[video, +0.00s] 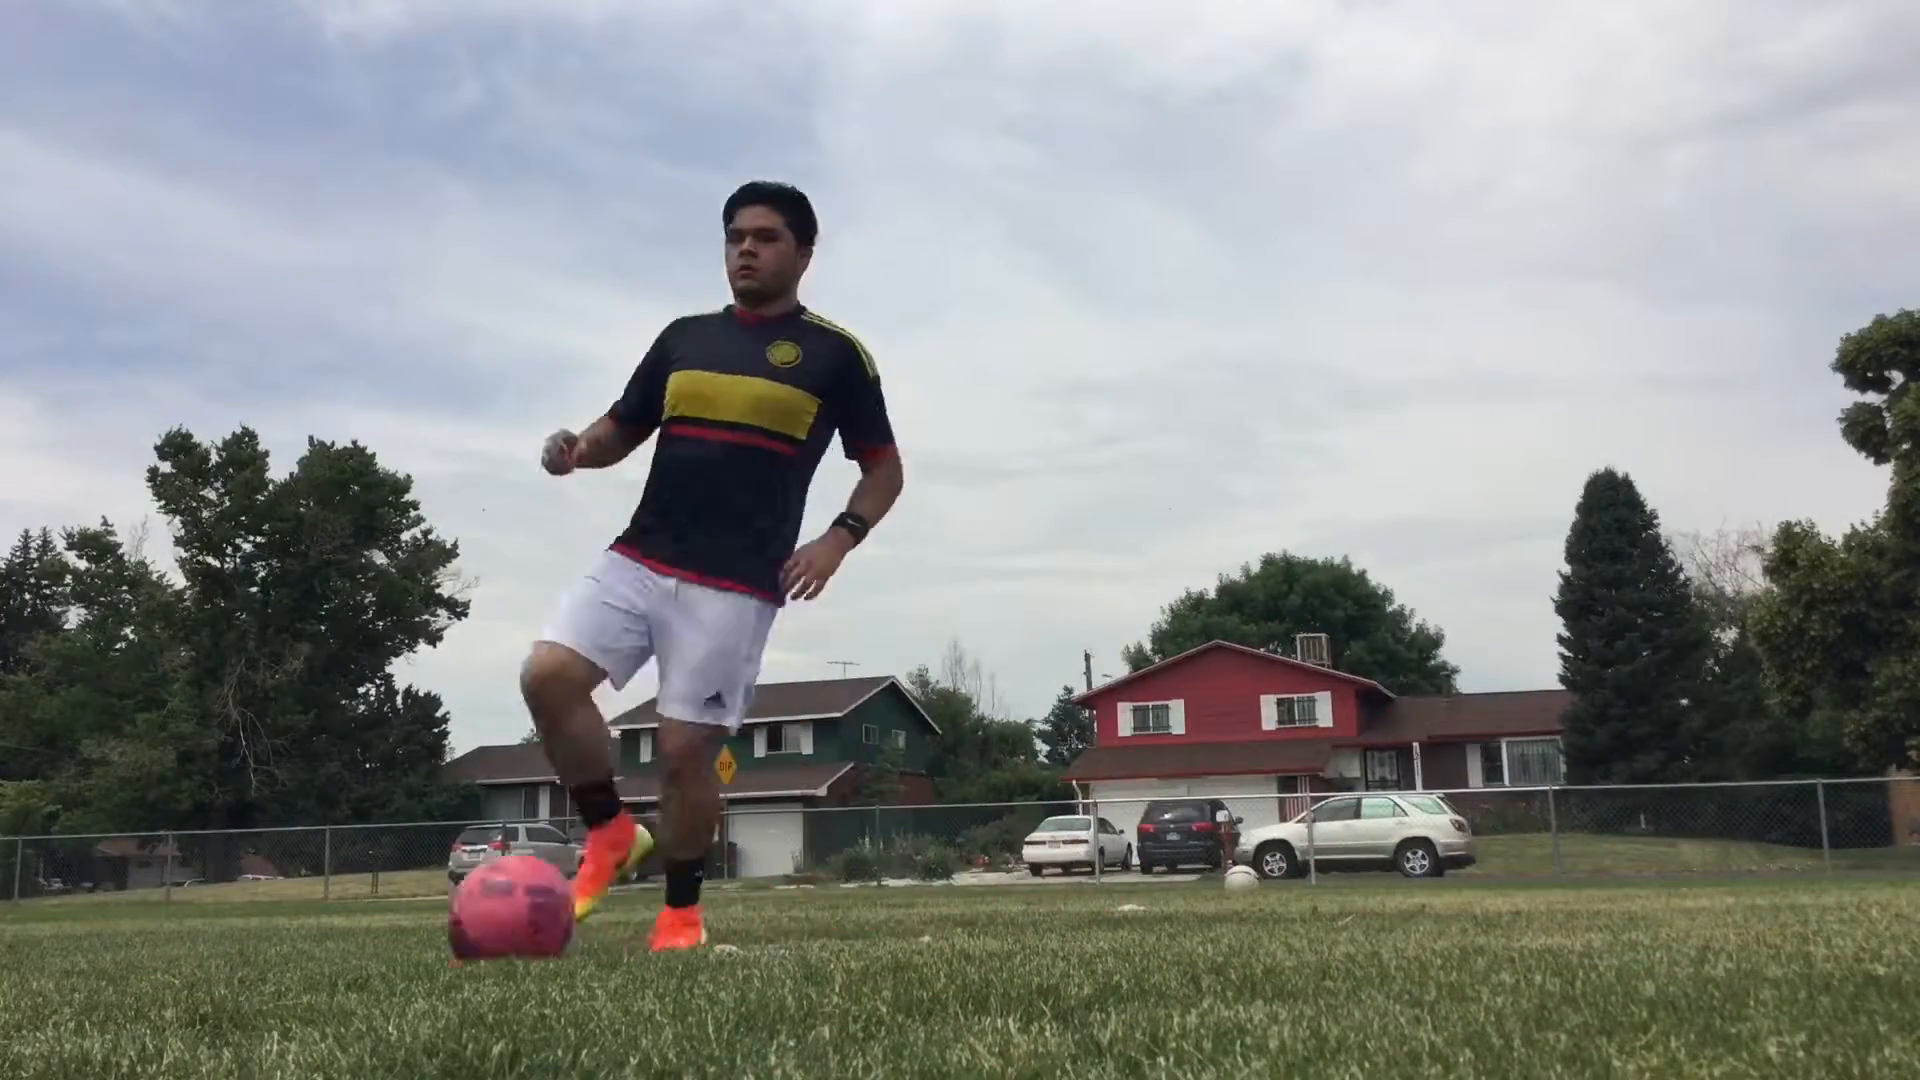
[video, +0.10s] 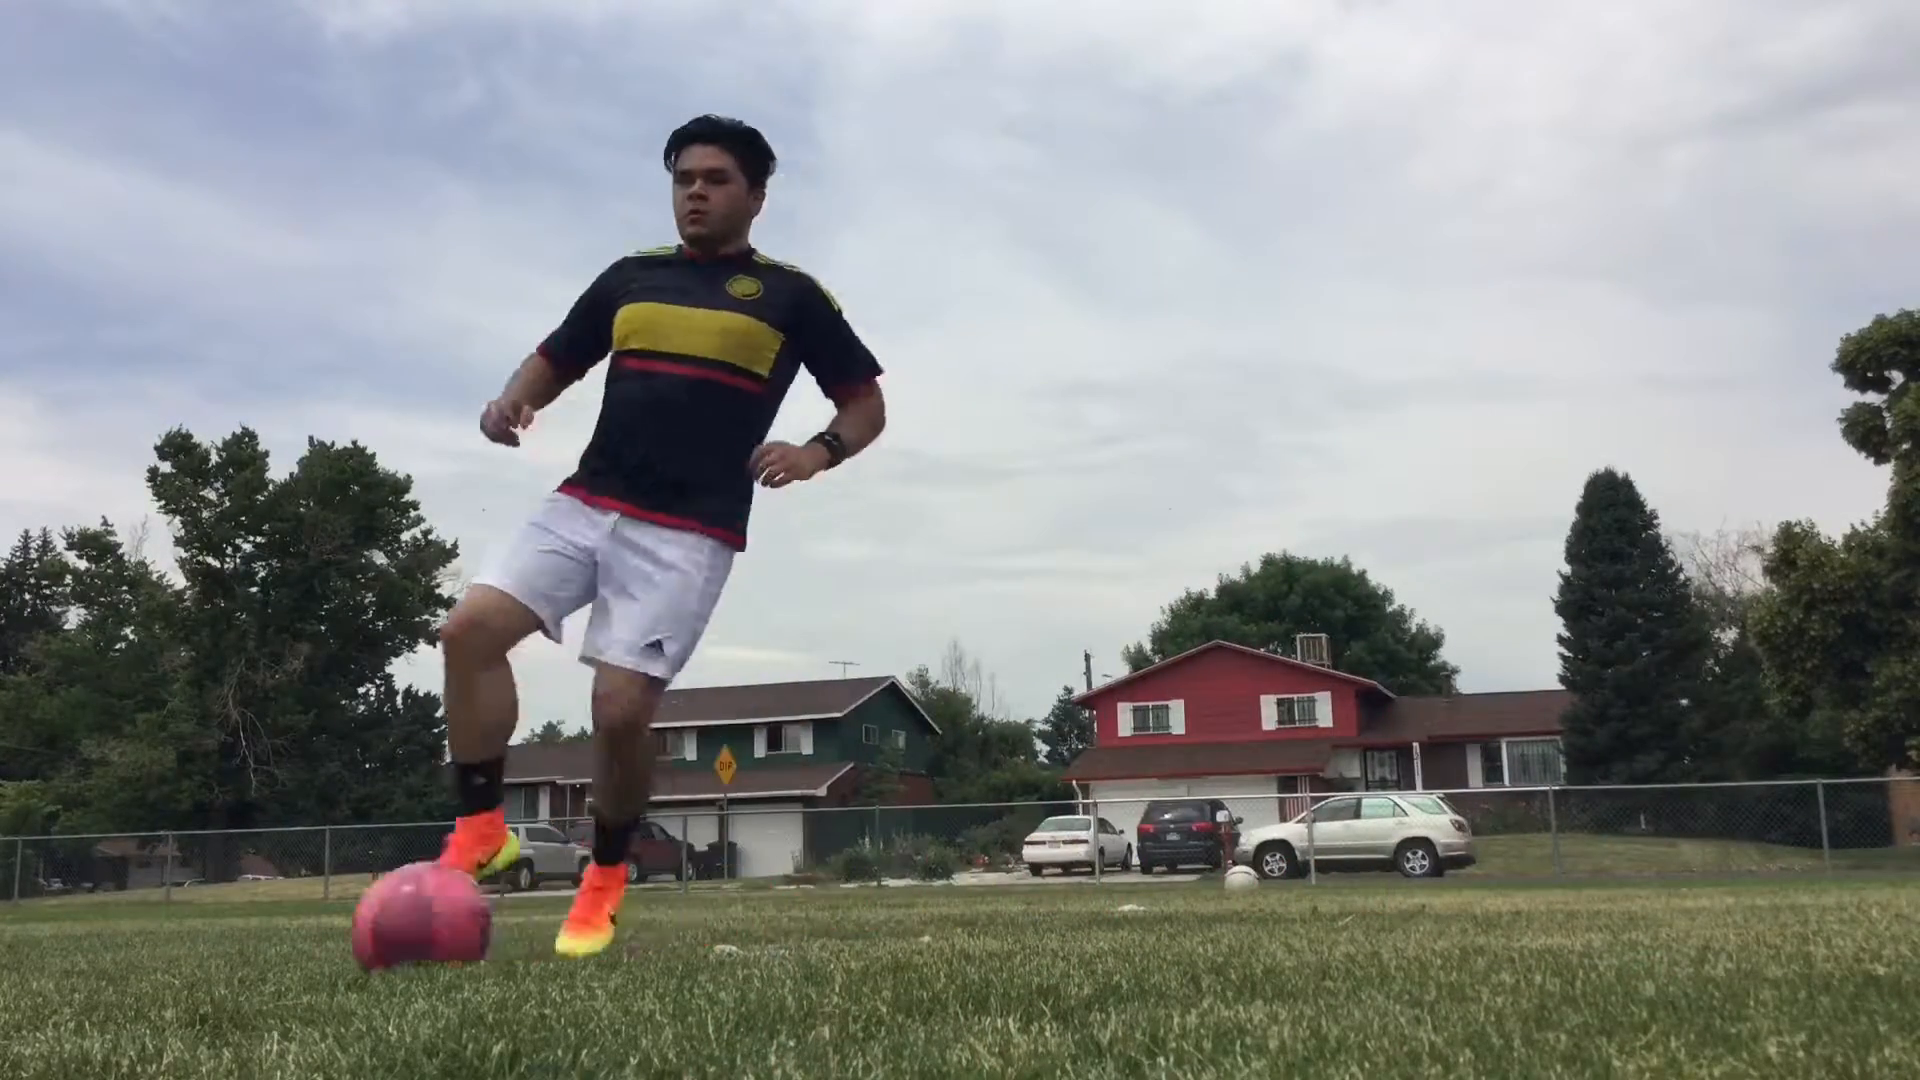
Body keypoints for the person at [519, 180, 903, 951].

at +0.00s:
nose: (746, 250)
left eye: (765, 238)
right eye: (737, 238)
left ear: (804, 253)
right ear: (724, 250)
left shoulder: (837, 356)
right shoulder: (682, 340)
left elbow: (885, 468)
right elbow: (622, 429)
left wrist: (837, 540)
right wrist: (578, 449)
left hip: (735, 581)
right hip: (641, 557)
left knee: (683, 751)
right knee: (548, 678)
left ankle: (680, 910)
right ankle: (610, 828)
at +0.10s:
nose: (696, 194)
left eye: (716, 180)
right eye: (684, 179)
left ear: (757, 194)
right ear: (670, 191)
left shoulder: (794, 298)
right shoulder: (628, 279)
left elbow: (867, 407)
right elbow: (555, 361)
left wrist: (819, 450)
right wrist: (512, 399)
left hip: (687, 531)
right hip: (588, 503)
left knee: (620, 710)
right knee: (470, 634)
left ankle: (604, 877)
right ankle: (480, 827)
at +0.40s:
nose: (520, 112)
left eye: (548, 96)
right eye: (505, 93)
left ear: (594, 120)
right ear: (485, 109)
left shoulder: (635, 251)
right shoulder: (434, 231)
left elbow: (691, 408)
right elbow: (385, 359)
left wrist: (636, 545)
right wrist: (305, 436)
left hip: (532, 553)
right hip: (398, 511)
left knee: (486, 803)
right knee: (296, 688)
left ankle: (461, 896)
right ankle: (204, 943)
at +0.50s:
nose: (490, 46)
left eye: (518, 30)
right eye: (472, 26)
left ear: (566, 60)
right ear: (451, 45)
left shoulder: (607, 209)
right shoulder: (376, 175)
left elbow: (660, 376)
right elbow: (291, 312)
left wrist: (621, 524)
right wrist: (240, 387)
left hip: (507, 530)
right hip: (344, 506)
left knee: (492, 740)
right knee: (234, 697)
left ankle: (498, 863)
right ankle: (193, 952)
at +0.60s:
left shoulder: (640, 116)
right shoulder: (377, 64)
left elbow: (667, 286)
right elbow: (254, 188)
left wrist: (646, 425)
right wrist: (218, 265)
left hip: (527, 416)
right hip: (353, 423)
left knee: (567, 596)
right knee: (268, 676)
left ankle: (520, 927)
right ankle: (185, 942)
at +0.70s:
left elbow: (704, 198)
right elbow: (285, 101)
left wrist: (687, 347)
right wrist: (230, 208)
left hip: (574, 351)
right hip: (378, 342)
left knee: (581, 584)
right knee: (221, 610)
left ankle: (601, 935)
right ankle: (188, 889)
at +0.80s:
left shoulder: (746, 5)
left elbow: (798, 132)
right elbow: (326, 66)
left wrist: (767, 285)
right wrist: (244, 171)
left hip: (614, 296)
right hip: (401, 274)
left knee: (621, 577)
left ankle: (592, 951)